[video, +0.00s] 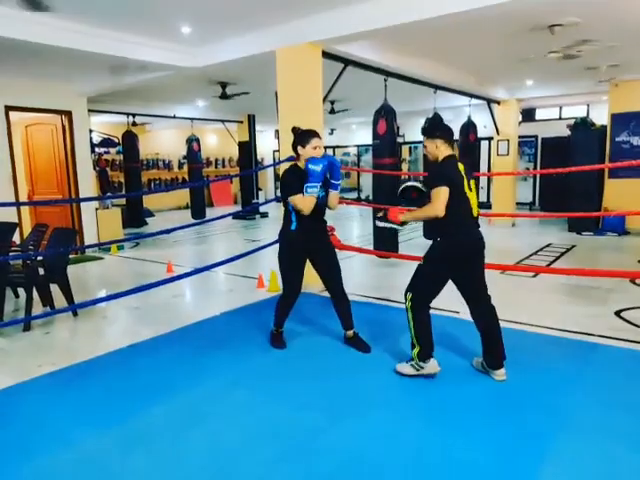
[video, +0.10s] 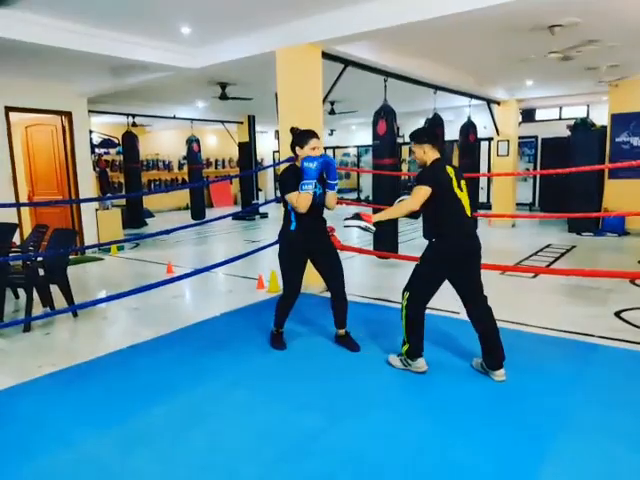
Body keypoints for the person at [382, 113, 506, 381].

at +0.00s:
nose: (425, 149)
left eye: (426, 144)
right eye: (424, 144)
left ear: (437, 143)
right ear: (447, 142)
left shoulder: (441, 170)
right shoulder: (460, 167)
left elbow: (437, 209)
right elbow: (455, 207)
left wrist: (404, 216)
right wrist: (418, 210)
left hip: (449, 246)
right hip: (471, 243)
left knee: (415, 296)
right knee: (480, 303)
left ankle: (423, 360)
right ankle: (495, 364)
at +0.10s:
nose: (413, 154)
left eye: (415, 149)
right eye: (412, 149)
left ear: (427, 148)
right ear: (435, 148)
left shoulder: (431, 172)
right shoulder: (451, 170)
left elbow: (412, 205)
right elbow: (441, 202)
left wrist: (374, 218)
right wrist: (412, 204)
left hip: (443, 247)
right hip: (467, 245)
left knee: (412, 297)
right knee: (477, 303)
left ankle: (413, 357)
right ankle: (495, 365)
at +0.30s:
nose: (382, 170)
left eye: (383, 165)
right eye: (381, 166)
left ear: (395, 163)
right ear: (404, 162)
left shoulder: (404, 182)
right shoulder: (426, 179)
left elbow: (381, 205)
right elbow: (436, 213)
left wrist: (355, 230)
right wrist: (410, 227)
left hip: (425, 248)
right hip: (447, 246)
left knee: (401, 300)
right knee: (442, 295)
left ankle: (410, 356)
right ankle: (476, 340)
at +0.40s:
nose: (374, 167)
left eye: (374, 162)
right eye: (372, 163)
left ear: (384, 157)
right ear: (393, 156)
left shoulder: (395, 177)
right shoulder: (417, 174)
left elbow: (378, 206)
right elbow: (438, 207)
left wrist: (356, 237)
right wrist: (406, 222)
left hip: (417, 243)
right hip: (437, 239)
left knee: (397, 300)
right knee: (425, 283)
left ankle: (409, 356)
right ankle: (453, 333)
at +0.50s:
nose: (368, 161)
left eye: (369, 156)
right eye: (367, 157)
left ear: (381, 152)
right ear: (386, 153)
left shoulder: (386, 175)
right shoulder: (408, 170)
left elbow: (381, 207)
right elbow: (429, 203)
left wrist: (367, 240)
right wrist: (411, 222)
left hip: (408, 239)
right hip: (426, 235)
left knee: (399, 296)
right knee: (417, 282)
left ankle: (409, 355)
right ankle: (425, 331)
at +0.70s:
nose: (363, 165)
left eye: (363, 159)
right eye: (361, 160)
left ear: (374, 155)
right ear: (379, 156)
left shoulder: (383, 175)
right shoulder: (395, 172)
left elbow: (396, 209)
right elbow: (400, 208)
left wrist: (393, 246)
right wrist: (373, 211)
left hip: (398, 240)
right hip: (409, 236)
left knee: (391, 295)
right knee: (400, 286)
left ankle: (409, 351)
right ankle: (399, 321)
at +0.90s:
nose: (352, 161)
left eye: (353, 155)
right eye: (349, 156)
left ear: (365, 151)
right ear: (357, 154)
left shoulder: (380, 173)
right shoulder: (363, 175)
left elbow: (409, 196)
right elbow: (364, 204)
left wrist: (406, 230)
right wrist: (353, 206)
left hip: (388, 232)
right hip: (383, 230)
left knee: (361, 275)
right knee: (387, 276)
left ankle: (380, 326)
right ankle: (401, 322)